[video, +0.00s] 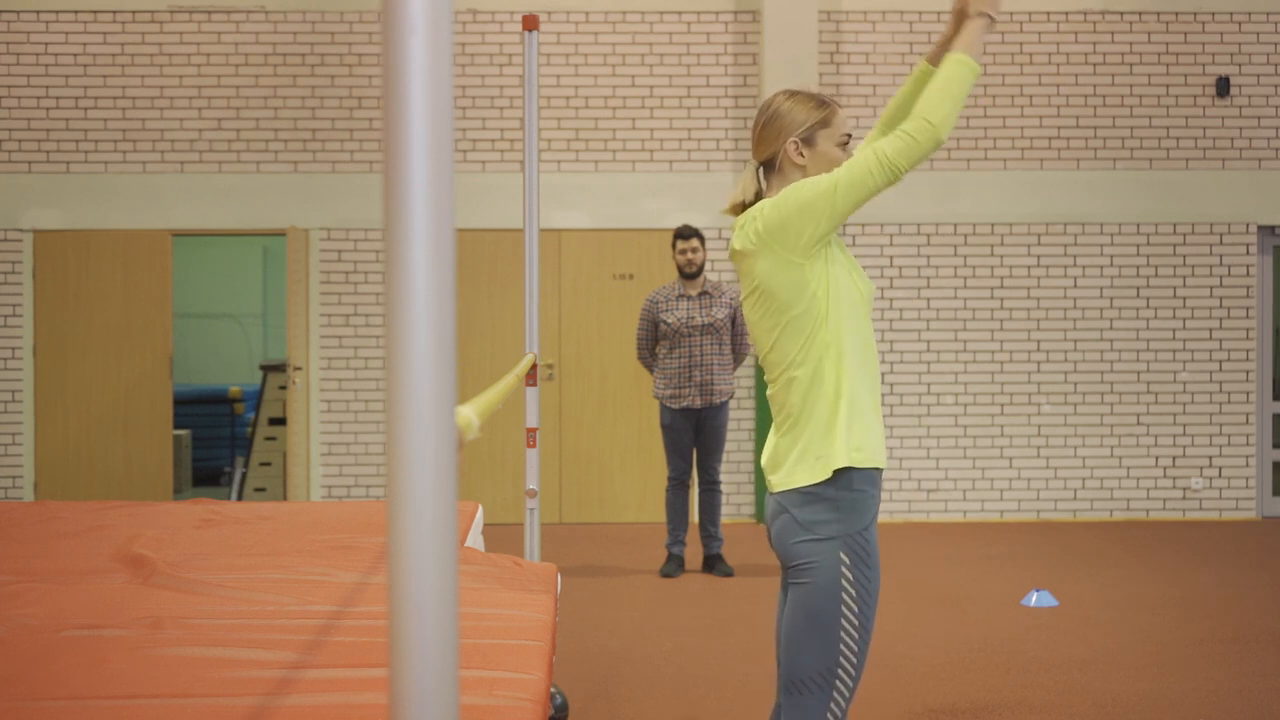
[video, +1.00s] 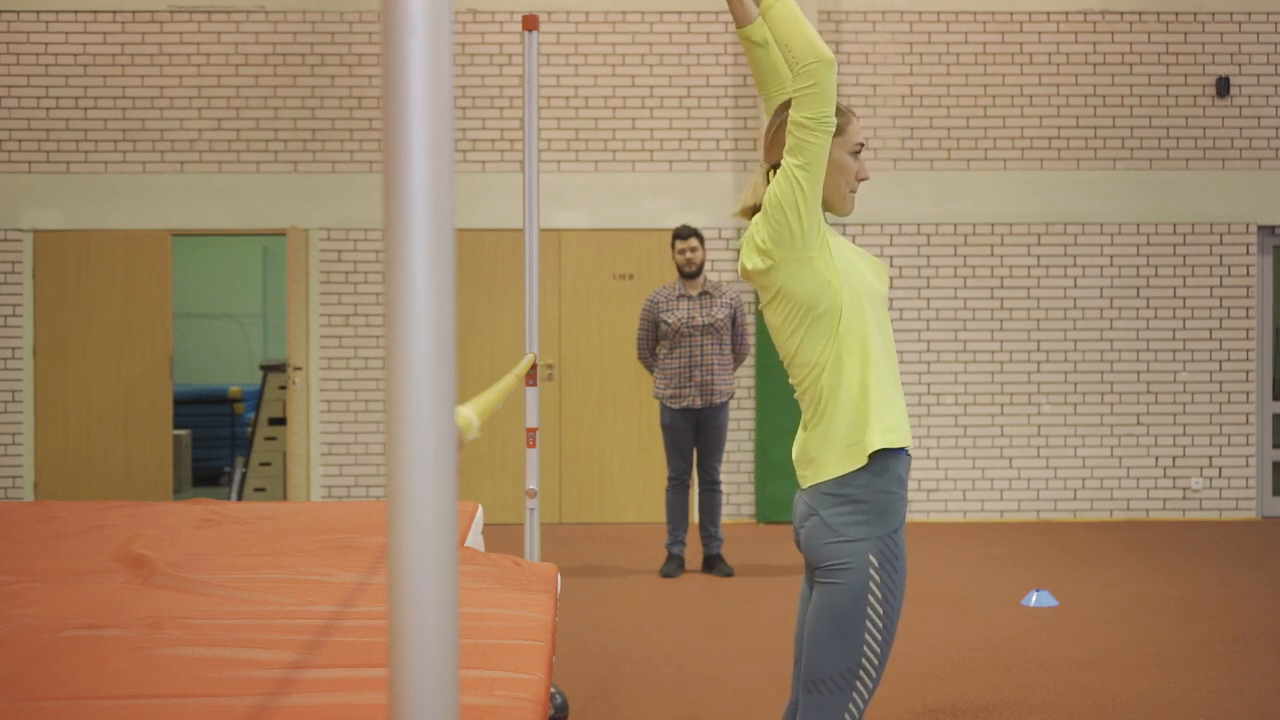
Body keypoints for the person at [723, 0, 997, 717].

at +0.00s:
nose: (850, 157)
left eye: (847, 141)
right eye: (840, 142)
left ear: (793, 151)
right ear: (795, 150)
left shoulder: (778, 223)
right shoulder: (781, 221)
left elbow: (885, 138)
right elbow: (911, 143)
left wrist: (950, 34)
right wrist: (974, 29)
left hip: (819, 492)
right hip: (829, 495)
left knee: (806, 700)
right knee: (819, 703)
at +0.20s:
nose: (845, 158)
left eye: (845, 143)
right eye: (837, 142)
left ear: (792, 155)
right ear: (801, 154)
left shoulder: (782, 224)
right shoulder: (783, 225)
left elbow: (854, 118)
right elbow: (891, 114)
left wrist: (890, 12)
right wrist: (916, 12)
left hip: (829, 488)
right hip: (834, 493)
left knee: (813, 695)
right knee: (823, 700)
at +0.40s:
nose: (851, 164)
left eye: (847, 149)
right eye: (838, 147)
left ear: (793, 155)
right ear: (799, 154)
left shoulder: (786, 228)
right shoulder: (782, 227)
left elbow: (831, 102)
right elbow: (866, 94)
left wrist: (840, 7)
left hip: (840, 489)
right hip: (842, 493)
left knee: (818, 697)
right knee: (828, 700)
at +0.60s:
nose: (863, 166)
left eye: (860, 151)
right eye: (850, 150)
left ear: (795, 157)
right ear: (807, 157)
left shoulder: (793, 233)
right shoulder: (785, 235)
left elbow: (814, 88)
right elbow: (842, 78)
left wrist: (796, 3)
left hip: (848, 489)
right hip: (847, 493)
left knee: (821, 697)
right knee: (830, 701)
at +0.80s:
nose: (863, 168)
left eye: (860, 154)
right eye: (852, 152)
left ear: (799, 159)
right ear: (806, 156)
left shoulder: (798, 235)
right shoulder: (787, 231)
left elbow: (800, 101)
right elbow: (826, 78)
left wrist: (765, 15)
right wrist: (779, 6)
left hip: (855, 489)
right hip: (852, 492)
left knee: (821, 700)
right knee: (833, 703)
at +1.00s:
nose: (864, 169)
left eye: (863, 154)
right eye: (853, 152)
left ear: (802, 156)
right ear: (806, 154)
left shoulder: (795, 236)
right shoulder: (788, 234)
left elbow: (790, 110)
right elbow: (817, 70)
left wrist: (744, 18)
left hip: (853, 487)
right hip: (854, 492)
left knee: (819, 701)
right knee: (836, 704)